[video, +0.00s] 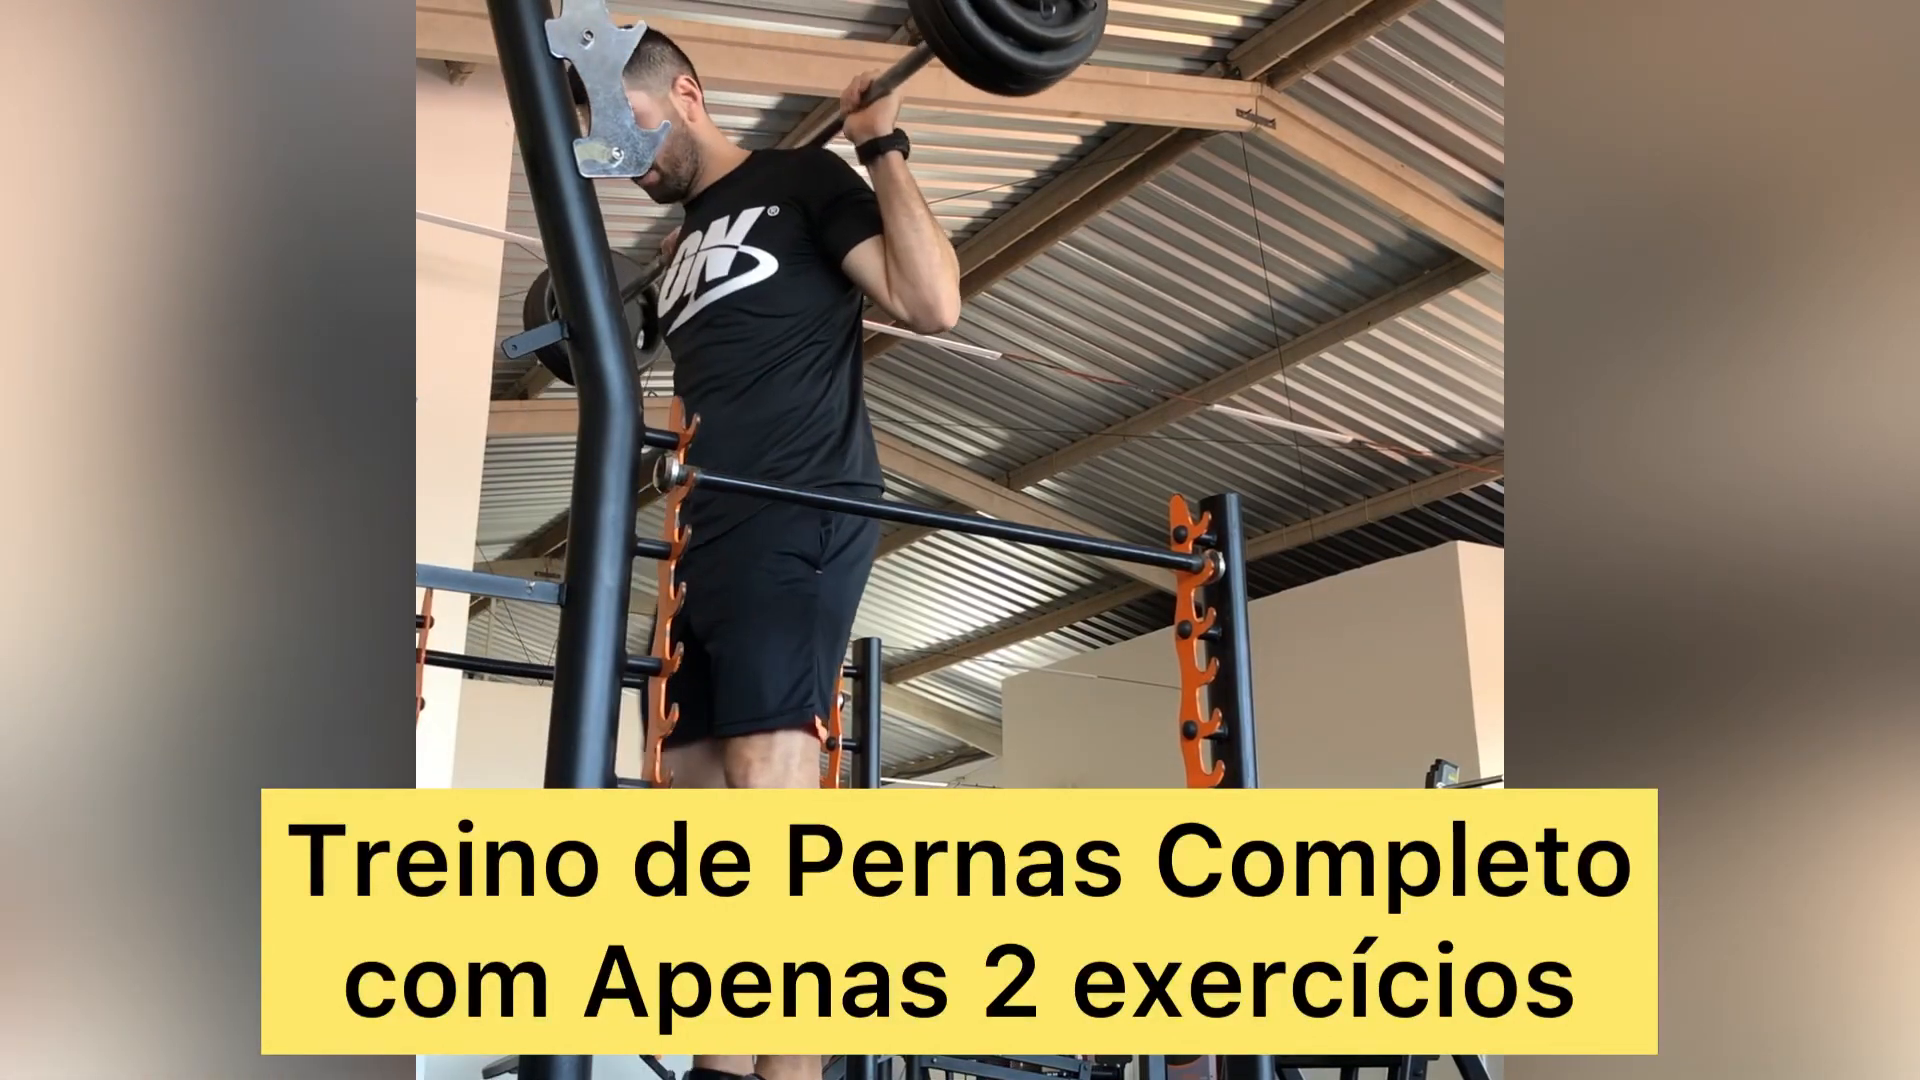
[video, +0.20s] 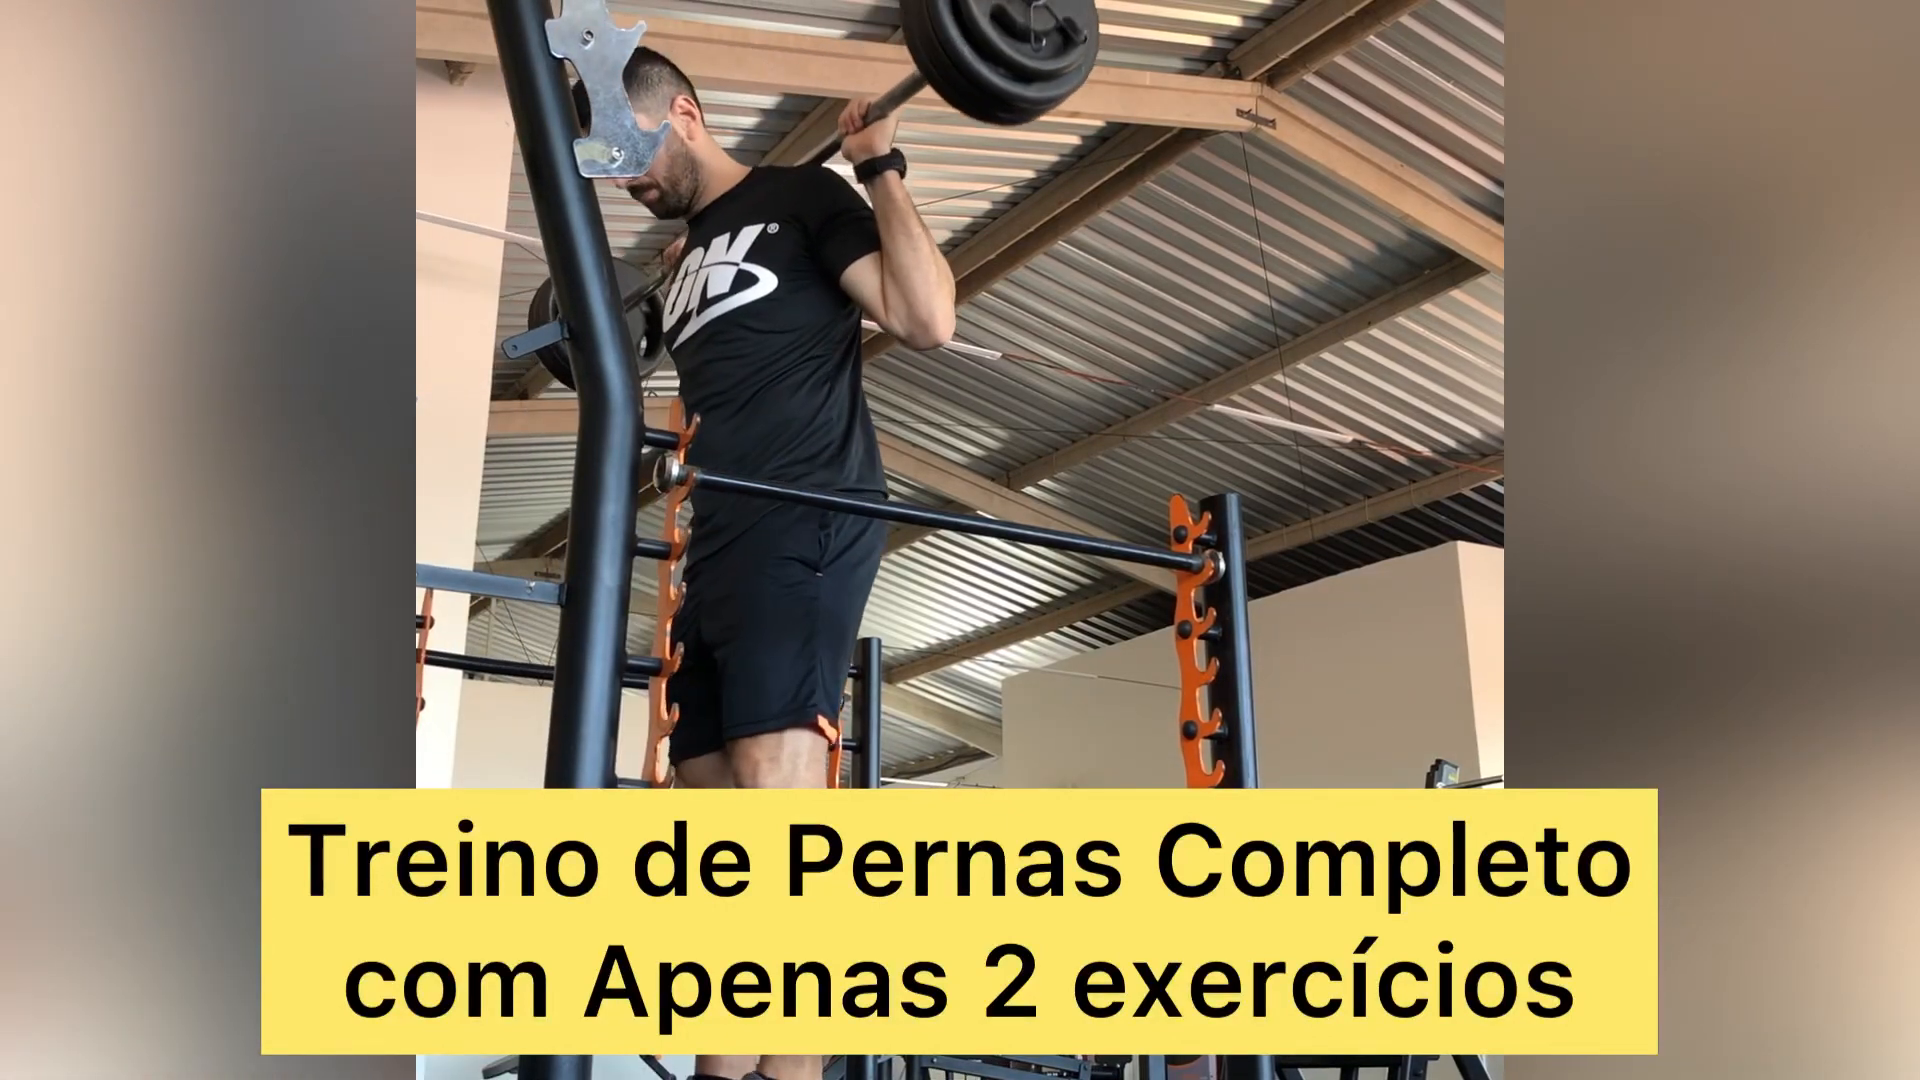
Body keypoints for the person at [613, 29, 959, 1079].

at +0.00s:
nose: (635, 155)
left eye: (643, 128)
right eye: (622, 139)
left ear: (692, 95)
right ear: (630, 136)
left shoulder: (800, 173)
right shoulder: (676, 254)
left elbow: (933, 304)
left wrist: (887, 151)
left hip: (801, 502)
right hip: (713, 514)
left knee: (769, 770)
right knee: (687, 772)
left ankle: (795, 1052)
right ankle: (725, 1051)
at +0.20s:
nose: (632, 180)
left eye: (637, 150)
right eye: (618, 165)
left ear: (687, 114)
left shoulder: (803, 195)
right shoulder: (683, 263)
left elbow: (929, 320)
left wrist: (883, 170)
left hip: (804, 516)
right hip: (723, 531)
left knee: (782, 801)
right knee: (701, 806)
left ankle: (797, 1063)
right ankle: (725, 1063)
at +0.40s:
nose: (629, 185)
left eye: (638, 156)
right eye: (617, 168)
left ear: (691, 129)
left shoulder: (802, 208)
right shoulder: (680, 278)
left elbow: (930, 334)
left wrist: (882, 187)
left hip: (814, 518)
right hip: (729, 536)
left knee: (758, 750)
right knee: (702, 779)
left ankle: (806, 1046)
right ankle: (725, 1051)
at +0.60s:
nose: (635, 188)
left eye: (641, 159)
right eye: (621, 172)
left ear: (695, 130)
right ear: (628, 174)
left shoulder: (808, 211)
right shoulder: (693, 275)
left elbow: (933, 338)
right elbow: (724, 412)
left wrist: (885, 193)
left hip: (811, 525)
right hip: (730, 539)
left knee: (771, 754)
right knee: (706, 784)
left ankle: (836, 1048)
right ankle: (725, 1052)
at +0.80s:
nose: (642, 186)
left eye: (649, 156)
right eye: (628, 167)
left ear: (709, 124)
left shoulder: (821, 205)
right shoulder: (707, 268)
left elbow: (945, 330)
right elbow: (732, 409)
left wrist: (898, 185)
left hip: (823, 529)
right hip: (734, 543)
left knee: (801, 765)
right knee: (721, 793)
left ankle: (848, 1066)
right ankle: (727, 1068)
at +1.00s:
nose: (655, 179)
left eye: (658, 148)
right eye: (640, 161)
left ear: (718, 114)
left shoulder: (836, 195)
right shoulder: (718, 262)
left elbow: (956, 327)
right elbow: (748, 413)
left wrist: (910, 169)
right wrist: (687, 442)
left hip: (836, 518)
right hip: (745, 531)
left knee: (809, 762)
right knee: (707, 784)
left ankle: (848, 1065)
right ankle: (727, 1066)